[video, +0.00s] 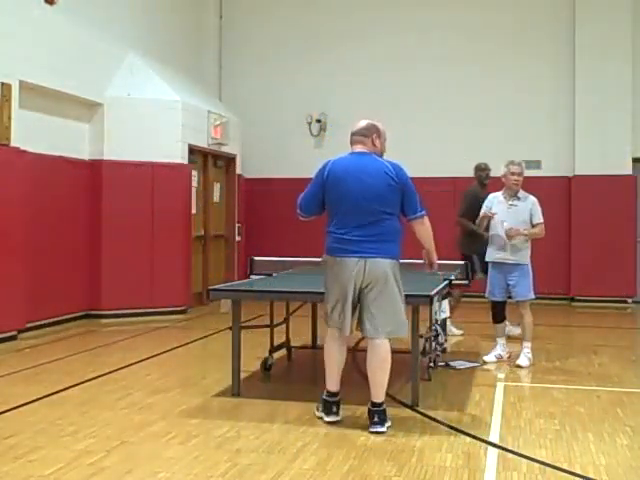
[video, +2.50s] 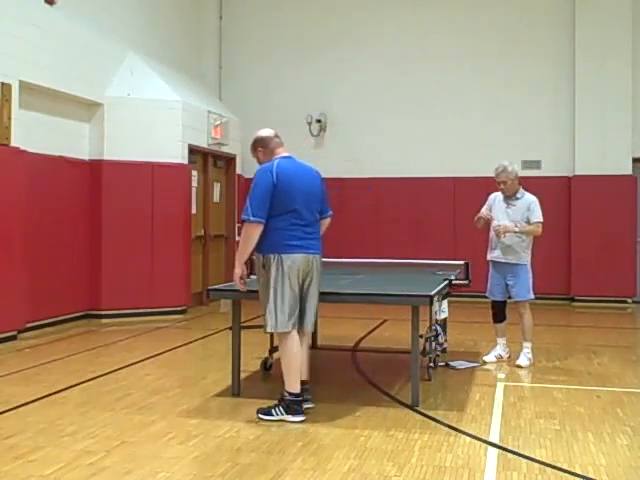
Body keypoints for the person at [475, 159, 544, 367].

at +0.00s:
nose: (516, 178)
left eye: (519, 175)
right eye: (512, 174)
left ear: (523, 178)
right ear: (503, 177)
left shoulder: (531, 202)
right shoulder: (492, 199)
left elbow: (540, 231)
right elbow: (480, 228)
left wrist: (521, 232)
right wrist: (485, 218)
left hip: (520, 261)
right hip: (496, 260)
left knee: (523, 305)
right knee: (497, 305)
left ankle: (526, 349)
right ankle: (501, 347)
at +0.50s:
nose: (506, 177)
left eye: (510, 173)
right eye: (503, 173)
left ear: (521, 176)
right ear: (500, 176)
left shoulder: (529, 198)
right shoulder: (494, 200)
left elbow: (533, 219)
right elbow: (488, 224)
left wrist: (513, 199)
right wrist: (478, 228)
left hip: (520, 260)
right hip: (497, 259)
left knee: (523, 305)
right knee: (497, 304)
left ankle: (527, 348)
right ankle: (501, 347)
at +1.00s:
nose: (508, 174)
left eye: (512, 171)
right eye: (506, 171)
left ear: (522, 175)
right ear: (501, 174)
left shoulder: (529, 197)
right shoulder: (495, 198)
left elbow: (528, 210)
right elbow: (488, 223)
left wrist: (512, 188)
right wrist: (476, 227)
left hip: (519, 258)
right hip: (497, 257)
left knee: (523, 305)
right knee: (497, 304)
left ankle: (526, 350)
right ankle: (501, 347)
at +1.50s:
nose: (510, 174)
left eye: (514, 171)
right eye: (507, 170)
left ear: (522, 176)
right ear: (502, 174)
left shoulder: (528, 197)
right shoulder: (495, 199)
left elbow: (533, 203)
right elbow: (487, 224)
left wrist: (517, 181)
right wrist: (476, 227)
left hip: (519, 257)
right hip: (497, 257)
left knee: (523, 305)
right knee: (497, 304)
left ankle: (526, 350)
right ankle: (501, 347)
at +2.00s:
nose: (505, 181)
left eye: (508, 177)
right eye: (501, 178)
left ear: (519, 177)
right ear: (499, 180)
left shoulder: (531, 198)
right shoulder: (496, 199)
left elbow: (535, 218)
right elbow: (486, 225)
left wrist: (513, 200)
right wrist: (479, 217)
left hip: (521, 260)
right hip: (498, 259)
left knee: (523, 305)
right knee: (497, 304)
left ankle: (526, 349)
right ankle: (501, 347)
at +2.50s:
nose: (501, 187)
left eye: (505, 183)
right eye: (499, 183)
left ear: (516, 181)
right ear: (497, 183)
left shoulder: (530, 201)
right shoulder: (494, 198)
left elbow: (537, 229)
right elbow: (481, 224)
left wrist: (513, 228)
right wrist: (482, 219)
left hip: (519, 261)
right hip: (497, 260)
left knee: (522, 305)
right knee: (497, 304)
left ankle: (526, 349)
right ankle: (501, 347)